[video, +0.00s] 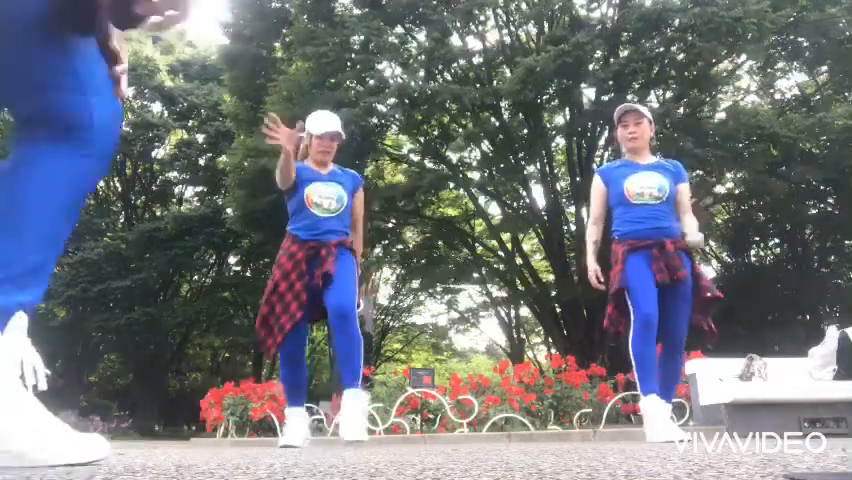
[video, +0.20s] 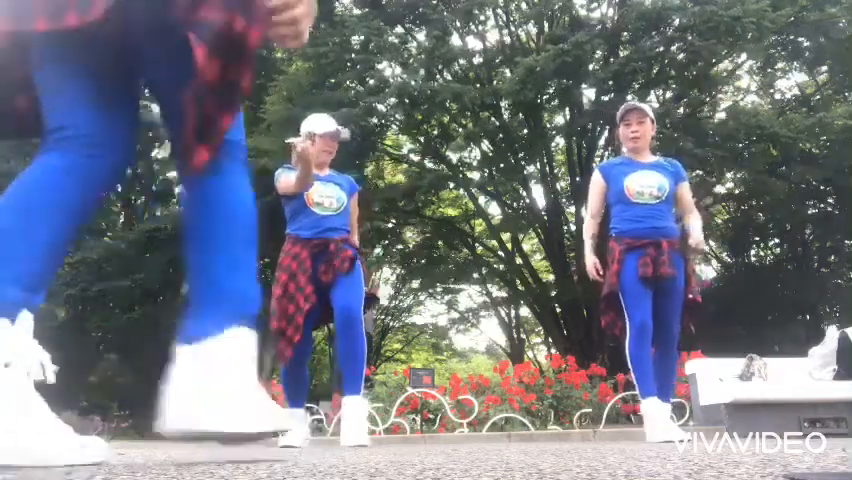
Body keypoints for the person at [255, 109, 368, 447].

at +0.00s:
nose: (327, 144)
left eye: (333, 138)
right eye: (321, 137)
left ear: (340, 143)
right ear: (308, 140)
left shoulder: (352, 180)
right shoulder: (296, 171)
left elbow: (357, 228)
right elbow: (284, 181)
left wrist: (355, 268)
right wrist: (288, 151)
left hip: (340, 253)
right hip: (299, 253)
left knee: (342, 310)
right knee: (293, 333)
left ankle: (353, 402)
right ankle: (295, 417)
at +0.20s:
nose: (330, 145)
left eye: (334, 139)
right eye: (322, 139)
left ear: (338, 144)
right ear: (304, 142)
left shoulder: (347, 183)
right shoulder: (286, 174)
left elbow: (353, 230)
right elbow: (295, 186)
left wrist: (354, 268)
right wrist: (306, 165)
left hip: (342, 254)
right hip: (301, 255)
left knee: (349, 313)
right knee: (296, 337)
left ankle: (353, 408)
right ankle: (296, 418)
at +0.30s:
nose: (334, 137)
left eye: (335, 132)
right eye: (328, 131)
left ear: (332, 136)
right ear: (308, 134)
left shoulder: (344, 178)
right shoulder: (289, 171)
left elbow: (351, 225)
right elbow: (276, 214)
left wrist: (358, 257)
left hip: (336, 245)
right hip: (296, 245)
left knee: (343, 318)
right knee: (294, 326)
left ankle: (352, 404)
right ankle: (295, 409)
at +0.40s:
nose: (325, 143)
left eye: (326, 142)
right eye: (320, 140)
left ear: (329, 143)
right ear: (306, 137)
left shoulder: (342, 176)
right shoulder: (289, 170)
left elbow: (351, 225)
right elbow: (277, 214)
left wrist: (358, 259)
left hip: (334, 247)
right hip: (295, 250)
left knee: (340, 323)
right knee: (291, 332)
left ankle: (354, 404)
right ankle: (295, 416)